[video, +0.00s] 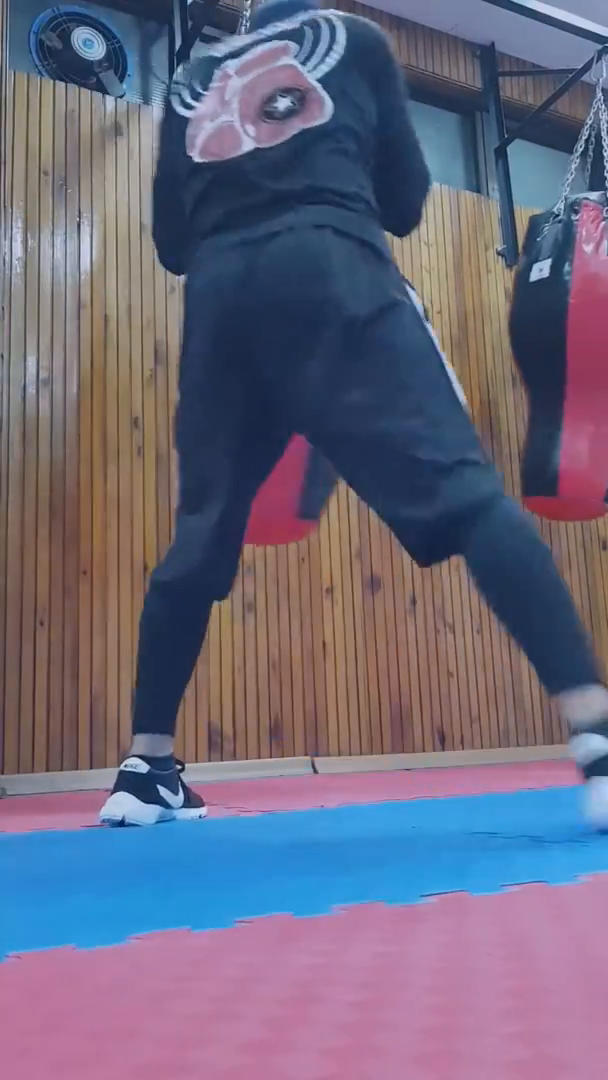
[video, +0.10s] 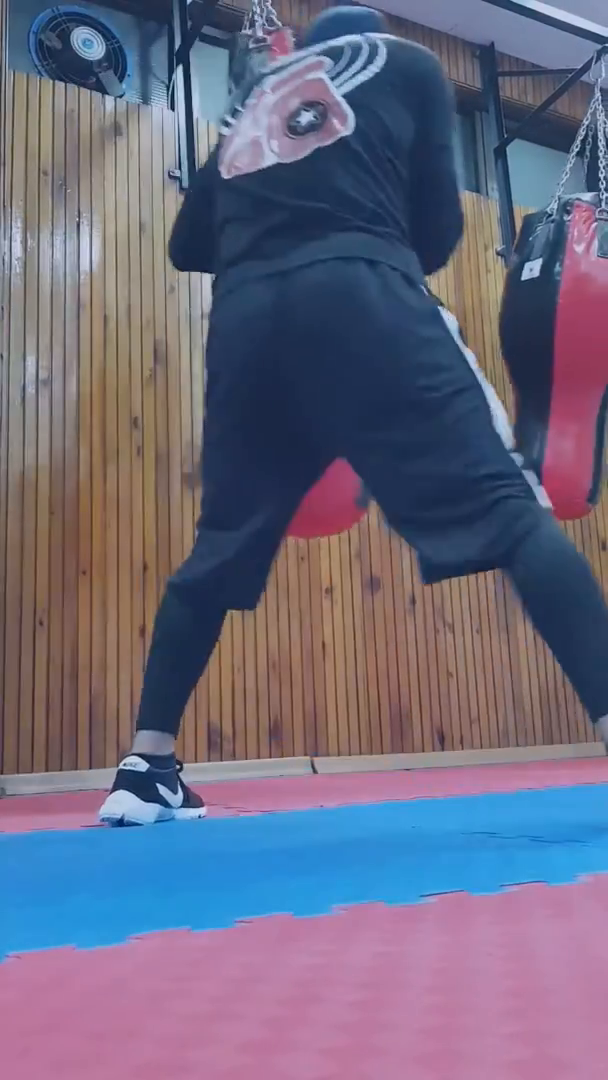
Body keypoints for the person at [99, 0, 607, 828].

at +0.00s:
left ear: (234, 14)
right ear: (307, 3)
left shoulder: (189, 76)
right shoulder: (352, 34)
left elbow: (172, 238)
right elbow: (403, 198)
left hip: (215, 286)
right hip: (330, 262)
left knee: (202, 530)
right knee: (466, 496)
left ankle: (145, 764)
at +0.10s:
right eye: (388, 31)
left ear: (306, 36)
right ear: (379, 27)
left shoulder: (251, 102)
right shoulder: (408, 62)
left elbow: (190, 242)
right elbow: (438, 233)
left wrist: (286, 246)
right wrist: (361, 259)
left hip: (244, 318)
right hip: (363, 293)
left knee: (220, 542)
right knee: (513, 515)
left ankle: (145, 760)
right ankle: (606, 716)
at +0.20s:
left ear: (330, 39)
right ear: (409, 30)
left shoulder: (272, 93)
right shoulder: (443, 62)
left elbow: (210, 231)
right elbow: (459, 228)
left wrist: (312, 223)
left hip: (268, 313)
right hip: (389, 294)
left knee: (231, 539)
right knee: (533, 515)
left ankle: (146, 752)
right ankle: (606, 714)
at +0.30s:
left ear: (314, 26)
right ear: (396, 22)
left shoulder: (266, 80)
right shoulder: (452, 66)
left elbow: (231, 239)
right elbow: (478, 220)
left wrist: (325, 203)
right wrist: (386, 191)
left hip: (293, 309)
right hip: (417, 298)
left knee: (224, 538)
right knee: (537, 521)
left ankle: (140, 755)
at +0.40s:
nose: (258, 82)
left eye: (261, 68)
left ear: (279, 60)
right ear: (344, 52)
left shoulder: (268, 103)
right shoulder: (442, 104)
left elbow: (251, 262)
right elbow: (478, 258)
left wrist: (337, 250)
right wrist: (391, 251)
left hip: (321, 334)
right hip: (443, 329)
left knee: (238, 549)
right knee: (543, 546)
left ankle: (144, 764)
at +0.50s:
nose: (260, 87)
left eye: (260, 76)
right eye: (263, 77)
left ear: (276, 70)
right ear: (347, 67)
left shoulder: (280, 119)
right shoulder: (439, 130)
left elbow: (259, 227)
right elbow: (461, 269)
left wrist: (282, 301)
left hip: (329, 345)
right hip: (447, 344)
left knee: (225, 557)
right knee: (551, 564)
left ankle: (141, 764)